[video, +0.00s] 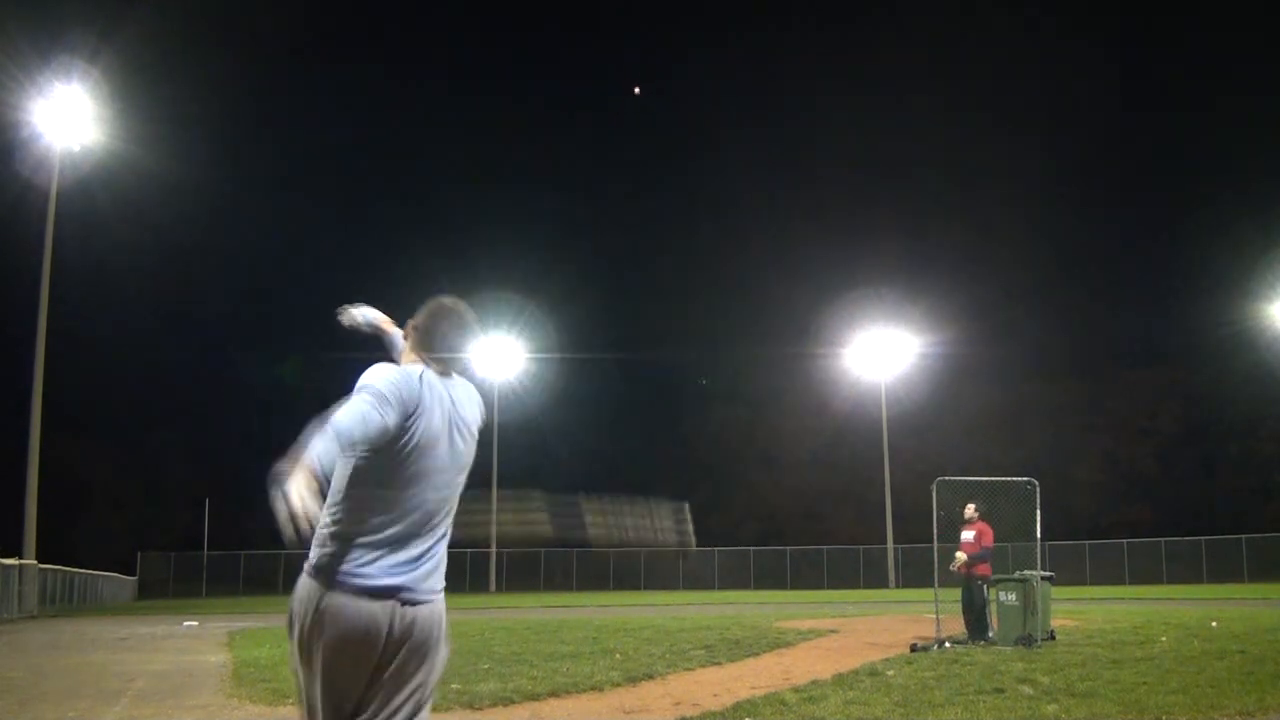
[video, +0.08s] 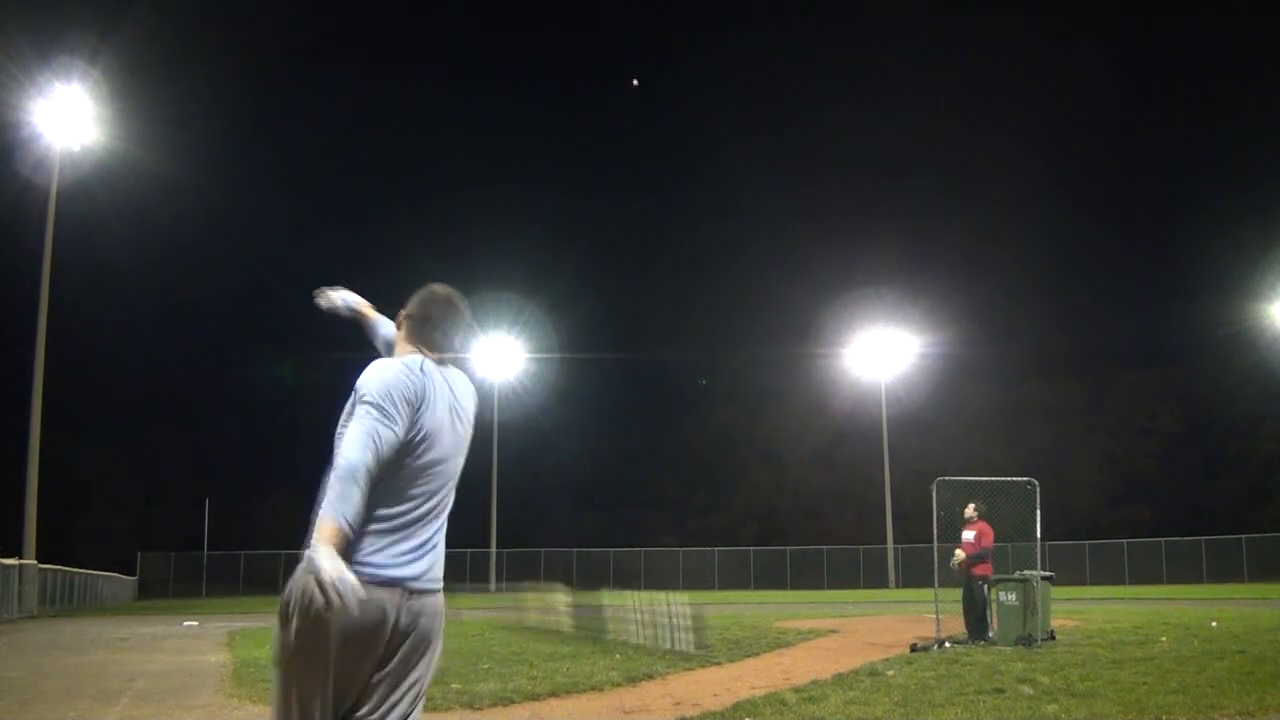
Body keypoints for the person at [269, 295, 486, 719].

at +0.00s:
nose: (406, 337)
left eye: (409, 333)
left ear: (412, 339)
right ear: (462, 353)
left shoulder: (390, 383)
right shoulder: (470, 402)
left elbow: (349, 425)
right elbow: (422, 364)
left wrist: (305, 469)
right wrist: (386, 328)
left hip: (338, 607)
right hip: (422, 616)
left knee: (324, 713)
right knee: (398, 713)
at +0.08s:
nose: (396, 326)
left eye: (398, 320)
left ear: (404, 325)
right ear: (457, 343)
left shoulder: (391, 377)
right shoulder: (464, 391)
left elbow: (356, 458)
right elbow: (406, 350)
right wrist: (363, 310)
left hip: (342, 594)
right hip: (423, 608)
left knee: (303, 713)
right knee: (390, 713)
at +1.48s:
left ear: (249, 305)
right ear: (312, 315)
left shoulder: (199, 370)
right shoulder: (352, 389)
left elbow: (169, 498)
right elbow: (378, 505)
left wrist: (161, 591)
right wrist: (355, 589)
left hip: (219, 589)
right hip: (314, 592)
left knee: (212, 710)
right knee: (303, 712)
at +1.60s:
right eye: (322, 312)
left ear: (259, 311)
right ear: (319, 319)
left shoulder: (204, 371)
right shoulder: (355, 389)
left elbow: (175, 502)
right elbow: (375, 509)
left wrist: (192, 574)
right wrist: (362, 586)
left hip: (226, 591)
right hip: (325, 593)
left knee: (202, 712)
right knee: (316, 713)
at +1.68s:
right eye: (323, 315)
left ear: (260, 314)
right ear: (320, 322)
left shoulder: (205, 375)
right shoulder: (354, 391)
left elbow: (174, 503)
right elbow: (374, 513)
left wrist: (206, 570)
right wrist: (371, 581)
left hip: (226, 594)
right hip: (326, 595)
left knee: (203, 711)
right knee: (321, 714)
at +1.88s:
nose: (311, 321)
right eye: (312, 315)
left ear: (251, 314)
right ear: (310, 319)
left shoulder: (195, 378)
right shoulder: (341, 387)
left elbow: (162, 497)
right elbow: (371, 497)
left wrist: (204, 554)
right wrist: (399, 557)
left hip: (214, 590)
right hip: (309, 588)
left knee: (208, 713)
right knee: (313, 712)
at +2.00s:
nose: (294, 320)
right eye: (294, 313)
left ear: (233, 317)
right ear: (290, 319)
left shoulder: (177, 385)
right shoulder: (319, 387)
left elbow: (159, 503)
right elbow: (359, 494)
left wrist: (201, 548)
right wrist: (404, 552)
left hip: (198, 589)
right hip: (289, 588)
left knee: (198, 711)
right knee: (305, 712)